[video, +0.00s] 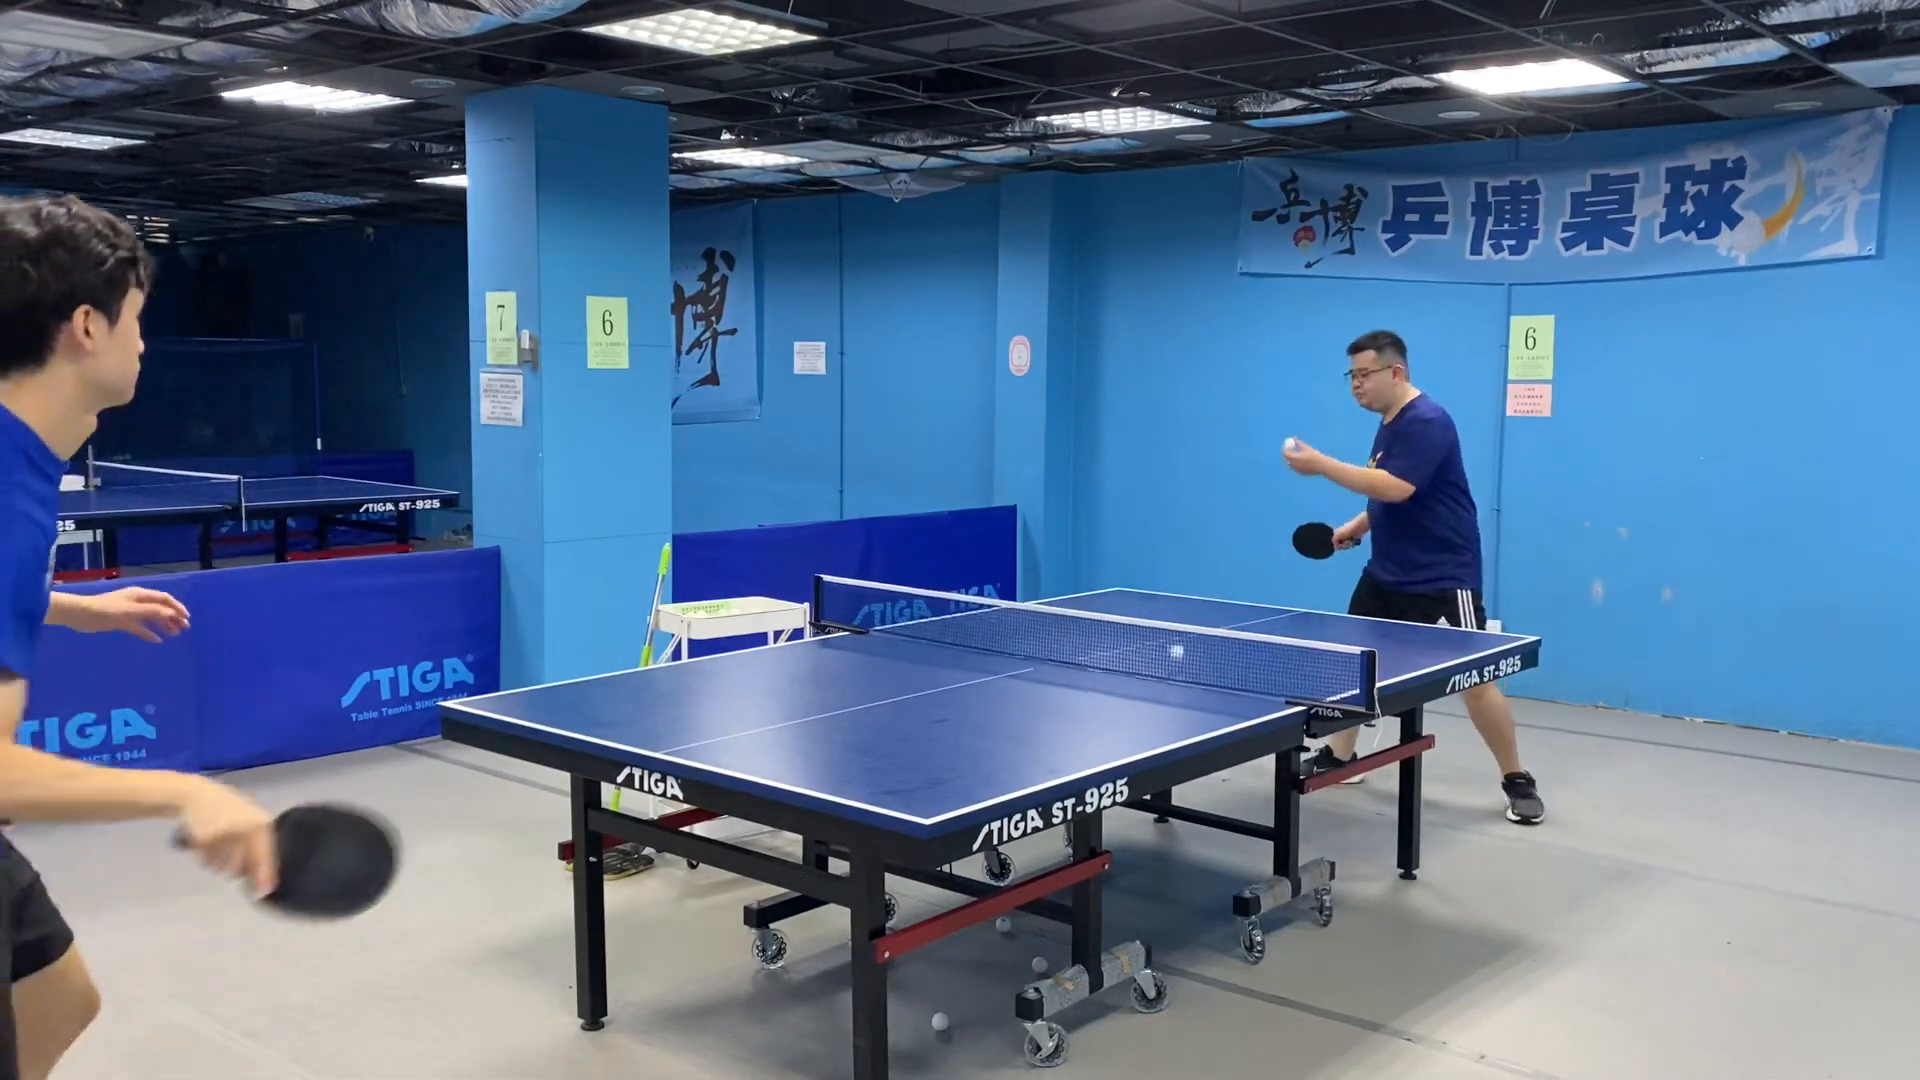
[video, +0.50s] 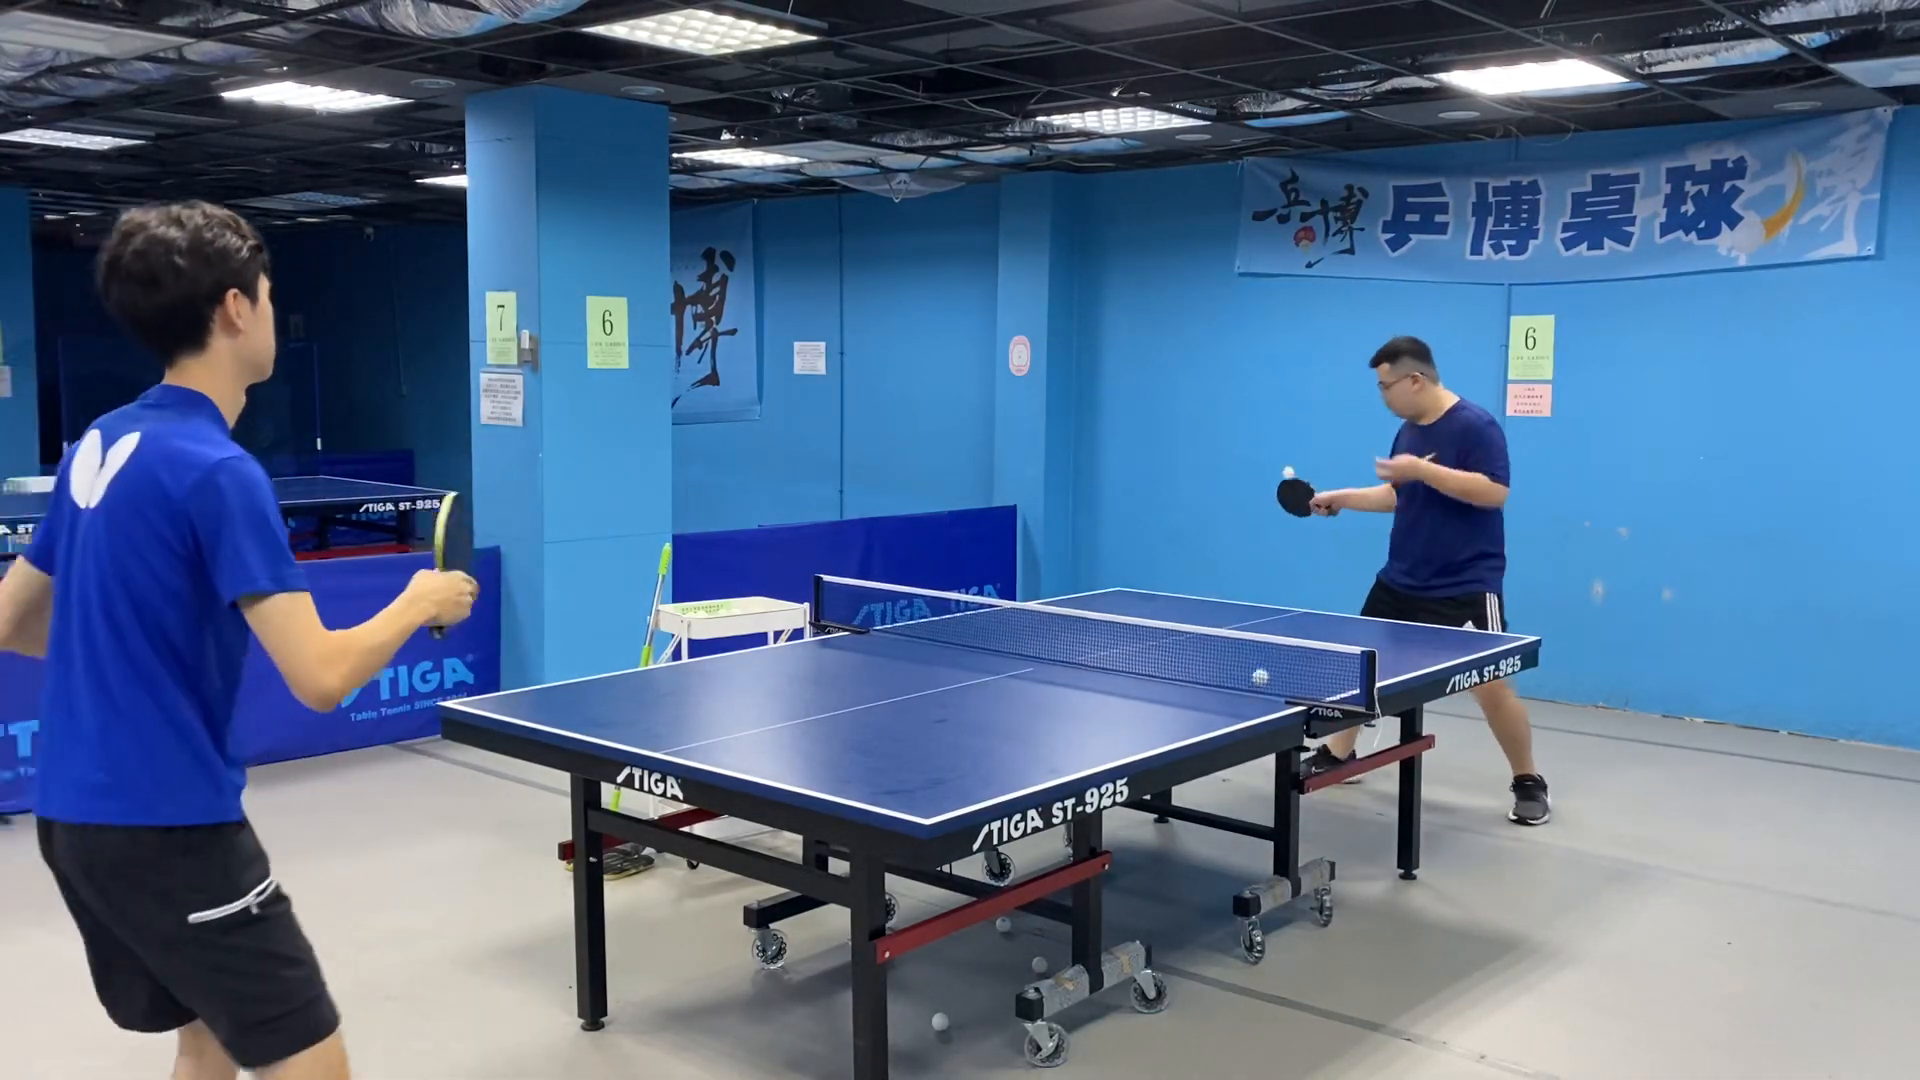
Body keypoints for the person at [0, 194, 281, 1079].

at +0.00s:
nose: (144, 345)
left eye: (144, 320)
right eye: (138, 320)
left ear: (75, 327)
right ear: (82, 329)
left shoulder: (27, 472)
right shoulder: (17, 500)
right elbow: (4, 770)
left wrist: (84, 610)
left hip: (4, 834)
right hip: (1, 839)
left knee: (58, 1005)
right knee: (57, 1008)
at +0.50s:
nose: (274, 316)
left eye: (267, 294)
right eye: (266, 295)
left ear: (152, 319)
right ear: (233, 311)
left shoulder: (98, 445)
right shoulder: (219, 472)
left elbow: (18, 618)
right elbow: (323, 674)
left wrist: (141, 645)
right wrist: (419, 602)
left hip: (78, 811)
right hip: (169, 820)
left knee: (213, 1031)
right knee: (311, 1059)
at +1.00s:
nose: (552, 392)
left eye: (555, 372)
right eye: (554, 371)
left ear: (442, 364)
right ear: (527, 374)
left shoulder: (323, 461)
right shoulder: (504, 512)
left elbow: (180, 600)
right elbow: (643, 699)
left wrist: (237, 681)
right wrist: (658, 761)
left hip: (237, 805)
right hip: (363, 825)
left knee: (254, 1035)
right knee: (503, 1051)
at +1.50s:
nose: (542, 369)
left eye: (540, 352)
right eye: (541, 355)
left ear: (435, 357)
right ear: (522, 364)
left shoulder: (331, 456)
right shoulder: (539, 498)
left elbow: (196, 600)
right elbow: (712, 571)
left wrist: (196, 690)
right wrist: (794, 527)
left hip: (259, 796)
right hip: (395, 819)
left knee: (219, 990)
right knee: (504, 1044)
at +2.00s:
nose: (445, 374)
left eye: (445, 354)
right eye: (443, 354)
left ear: (334, 355)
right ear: (408, 365)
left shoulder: (256, 445)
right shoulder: (357, 508)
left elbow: (147, 577)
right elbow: (383, 715)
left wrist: (225, 658)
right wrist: (537, 698)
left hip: (147, 761)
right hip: (233, 790)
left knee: (200, 938)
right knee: (341, 1030)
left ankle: (118, 1073)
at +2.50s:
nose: (333, 401)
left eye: (332, 382)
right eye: (331, 382)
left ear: (230, 381)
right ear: (303, 390)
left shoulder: (136, 478)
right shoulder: (303, 525)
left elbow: (30, 622)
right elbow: (482, 614)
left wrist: (114, 695)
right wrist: (566, 580)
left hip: (61, 792)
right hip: (157, 810)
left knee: (112, 955)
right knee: (306, 1028)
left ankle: (53, 1076)